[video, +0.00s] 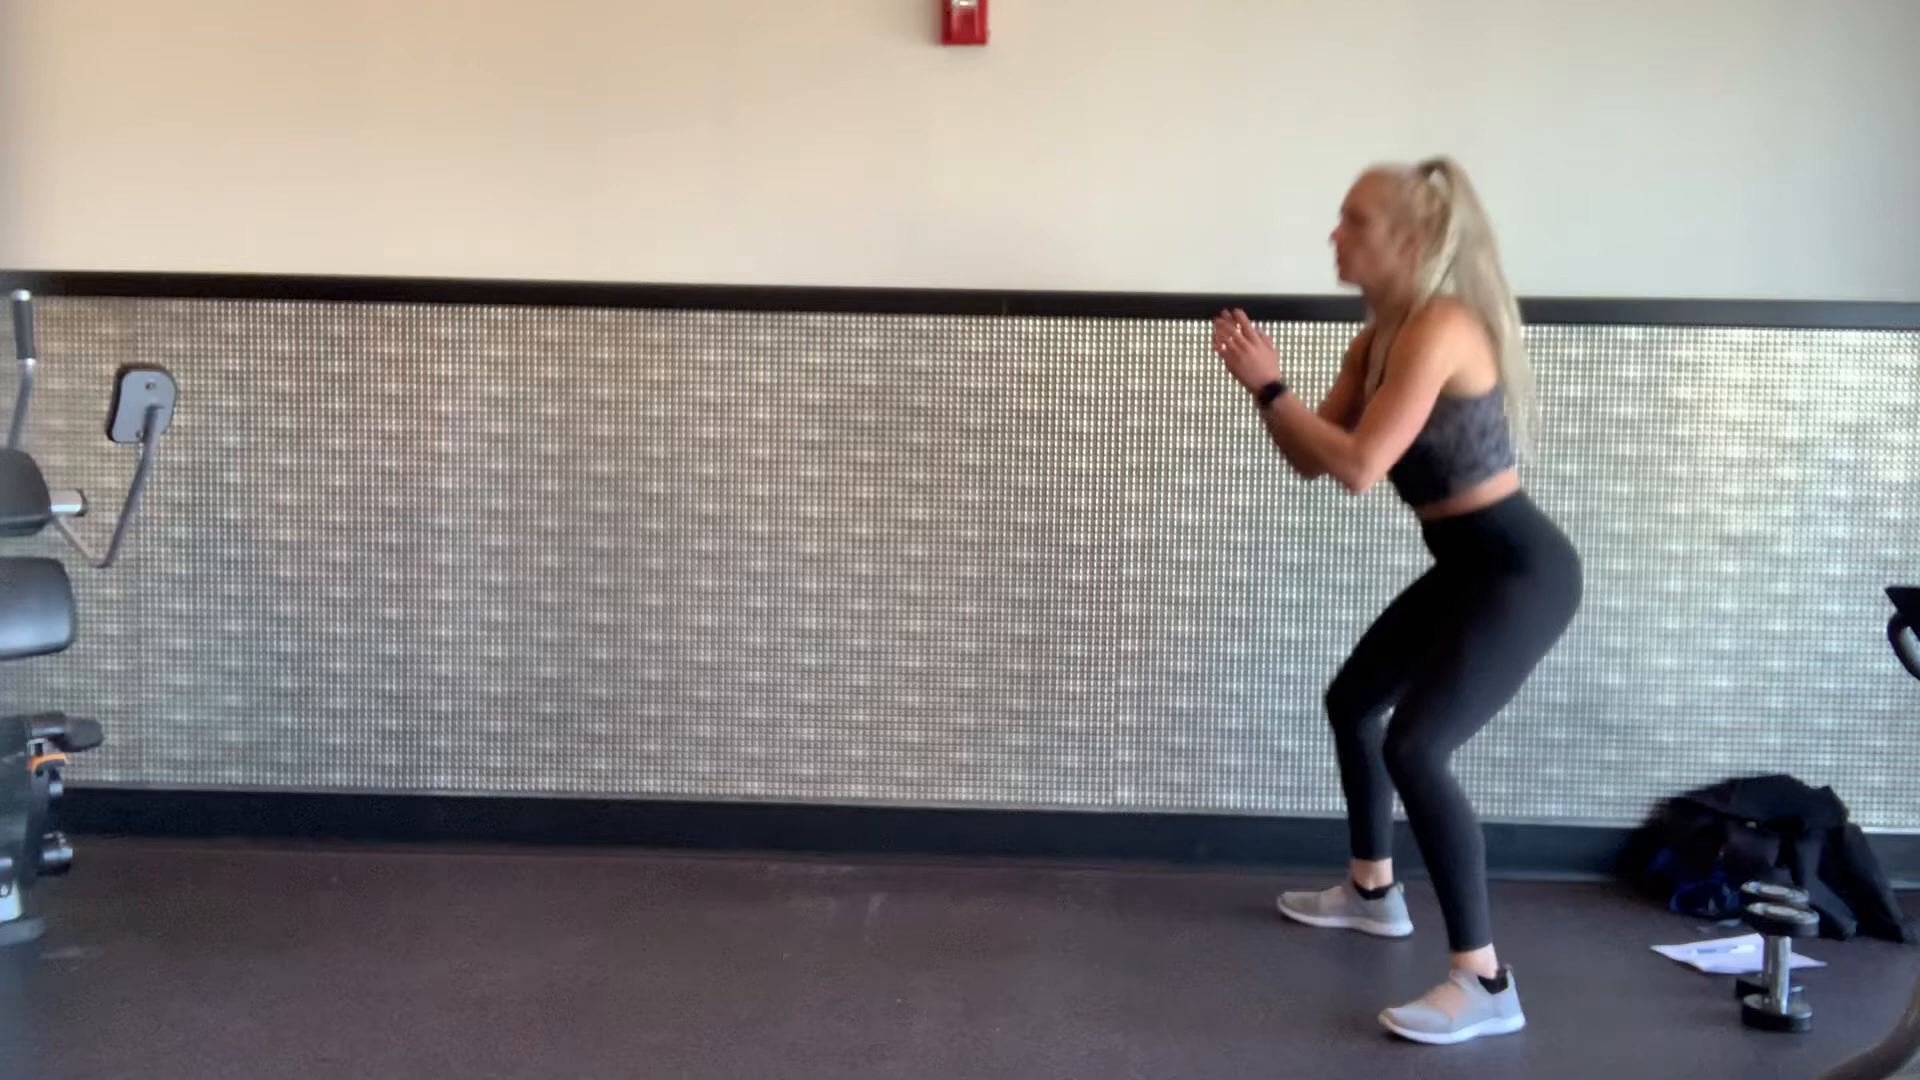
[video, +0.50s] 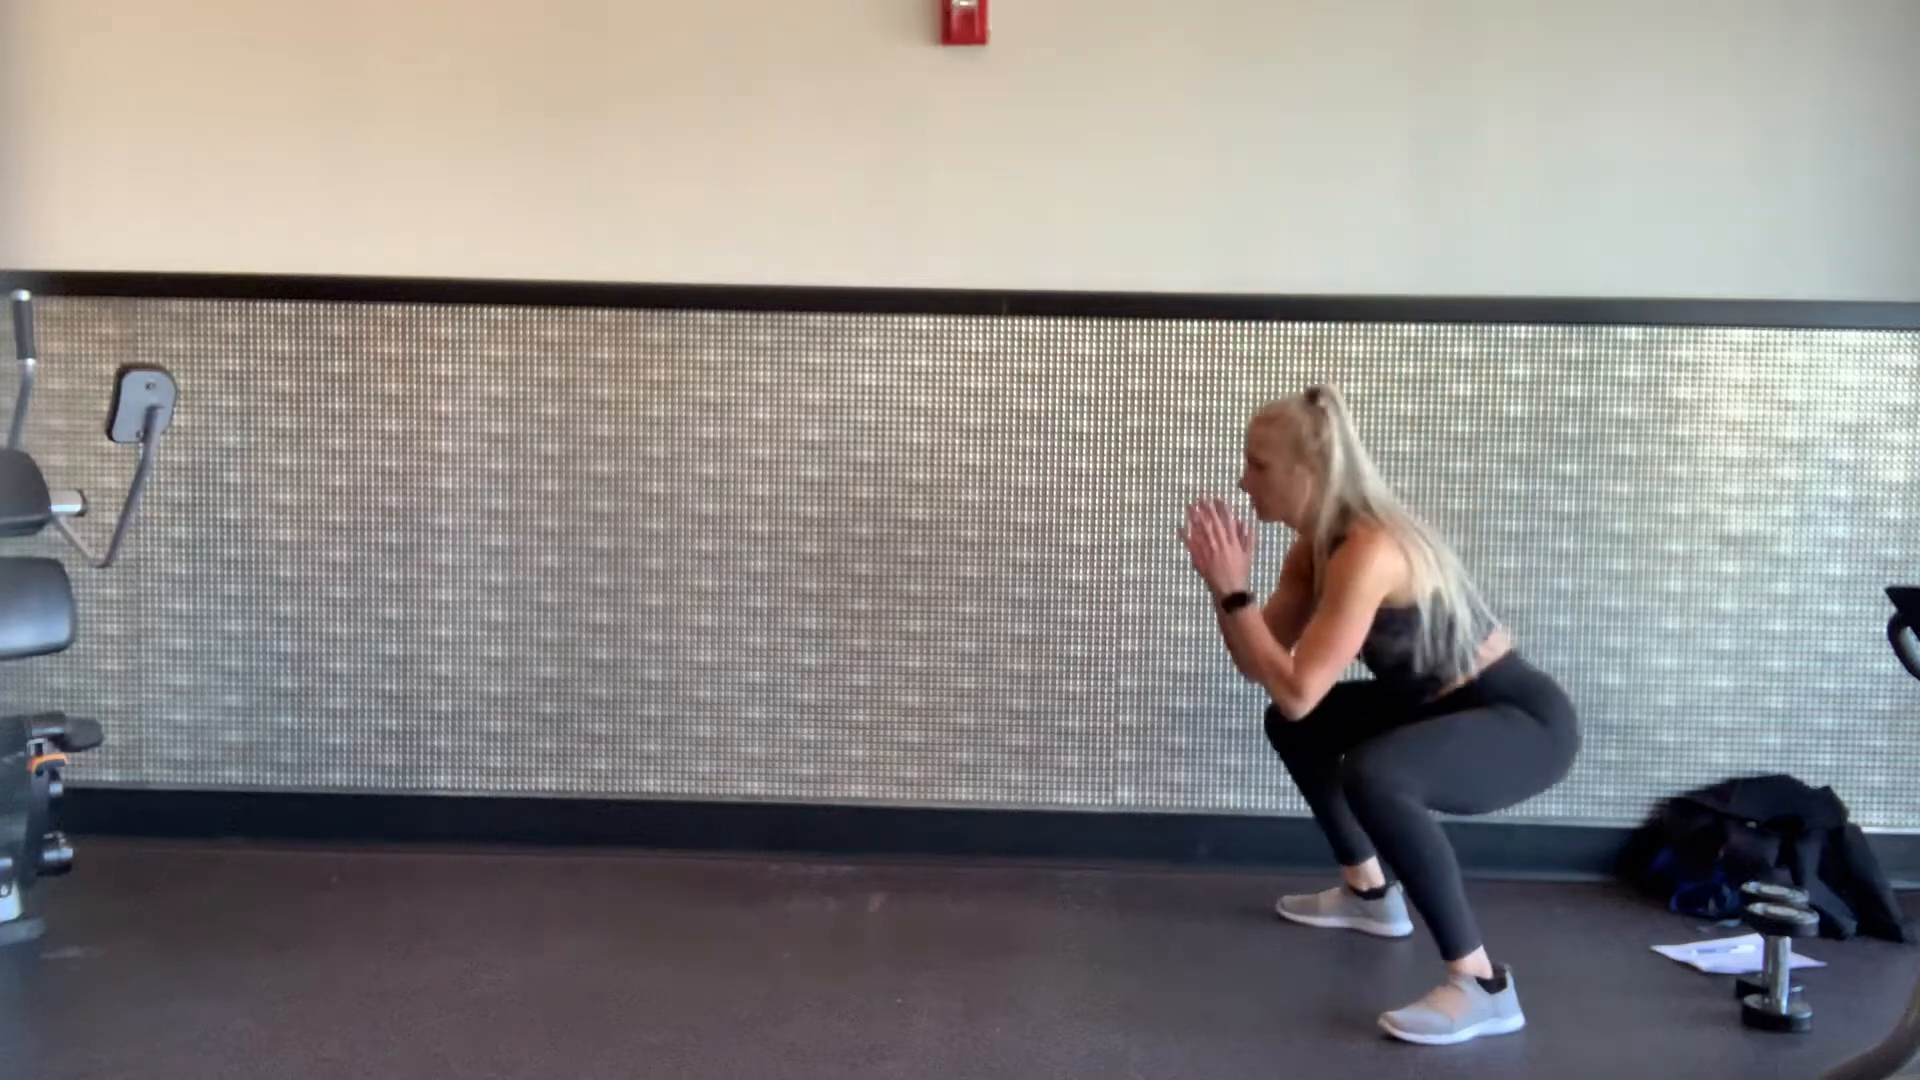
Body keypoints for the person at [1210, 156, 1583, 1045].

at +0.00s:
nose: (1335, 234)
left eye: (1354, 222)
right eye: (1342, 218)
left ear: (1409, 239)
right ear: (1395, 243)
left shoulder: (1440, 329)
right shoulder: (1380, 335)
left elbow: (1359, 468)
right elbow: (1313, 455)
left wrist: (1275, 392)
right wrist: (1264, 386)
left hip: (1523, 572)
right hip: (1465, 570)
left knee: (1416, 747)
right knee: (1353, 703)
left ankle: (1483, 976)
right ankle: (1372, 889)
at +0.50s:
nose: (1245, 479)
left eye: (1257, 465)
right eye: (1247, 464)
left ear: (1307, 472)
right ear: (1301, 473)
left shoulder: (1369, 552)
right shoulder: (1313, 549)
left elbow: (1298, 691)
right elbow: (1261, 659)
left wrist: (1234, 595)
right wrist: (1226, 591)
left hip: (1523, 720)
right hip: (1446, 709)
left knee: (1378, 775)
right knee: (1296, 723)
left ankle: (1480, 982)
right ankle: (1368, 891)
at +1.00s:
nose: (1222, 408)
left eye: (1234, 391)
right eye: (1224, 392)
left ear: (1287, 393)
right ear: (1282, 397)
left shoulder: (1346, 474)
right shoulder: (1293, 478)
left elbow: (1234, 588)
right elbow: (1212, 572)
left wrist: (1182, 492)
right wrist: (1180, 491)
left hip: (1510, 653)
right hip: (1437, 649)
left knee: (1379, 773)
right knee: (1295, 714)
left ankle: (1480, 980)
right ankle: (1370, 891)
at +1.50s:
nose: (1123, 380)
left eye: (1133, 364)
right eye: (1124, 363)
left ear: (1179, 368)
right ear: (1184, 370)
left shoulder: (1240, 449)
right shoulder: (1208, 453)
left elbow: (1267, 603)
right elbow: (1205, 584)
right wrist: (1135, 664)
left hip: (1406, 627)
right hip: (1352, 629)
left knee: (1309, 803)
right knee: (1242, 750)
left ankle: (1470, 975)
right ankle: (1363, 888)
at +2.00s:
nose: (853, 233)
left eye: (864, 219)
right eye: (857, 217)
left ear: (904, 231)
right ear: (917, 228)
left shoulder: (947, 316)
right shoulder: (947, 309)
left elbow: (902, 469)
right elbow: (901, 448)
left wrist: (793, 453)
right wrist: (802, 444)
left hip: (1051, 553)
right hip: (1035, 545)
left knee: (913, 712)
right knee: (904, 695)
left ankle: (857, 952)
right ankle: (854, 878)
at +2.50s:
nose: (648, 430)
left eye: (662, 419)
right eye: (654, 416)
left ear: (702, 440)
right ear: (716, 441)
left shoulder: (734, 519)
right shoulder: (749, 506)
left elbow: (627, 643)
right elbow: (647, 613)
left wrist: (585, 540)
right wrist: (609, 535)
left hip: (911, 702)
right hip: (894, 682)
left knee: (716, 763)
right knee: (735, 714)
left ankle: (821, 966)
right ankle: (832, 890)